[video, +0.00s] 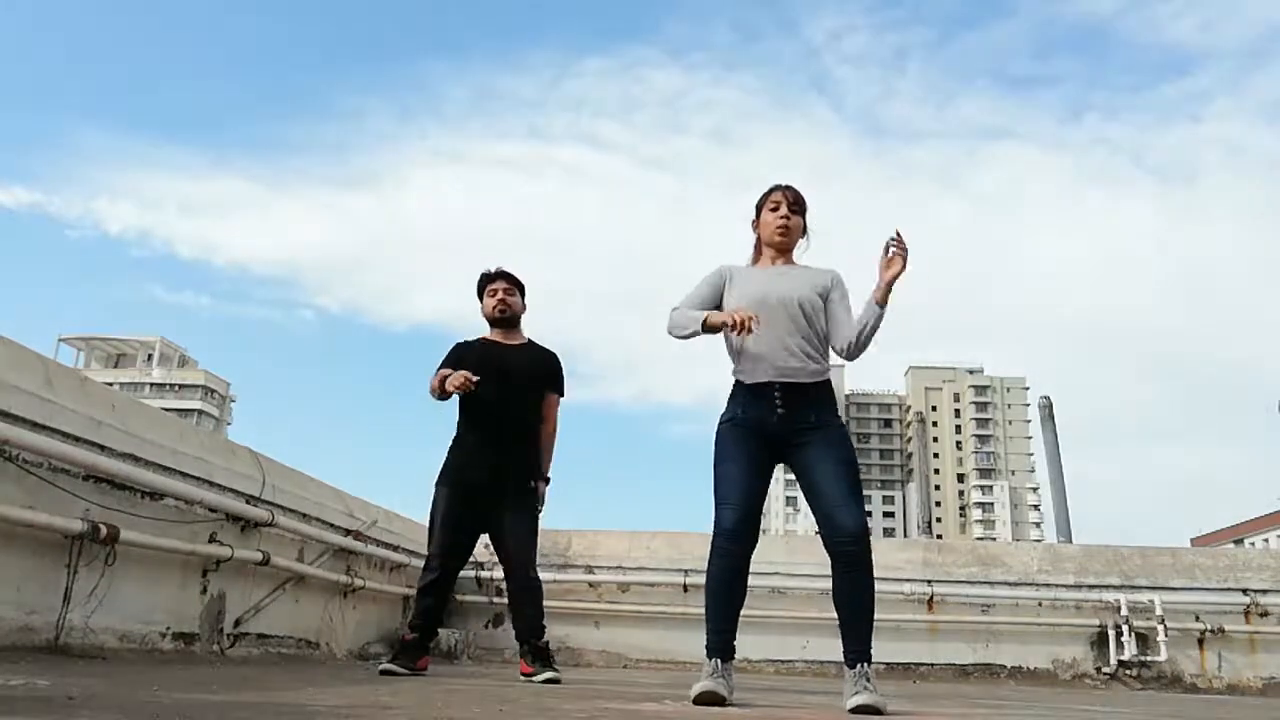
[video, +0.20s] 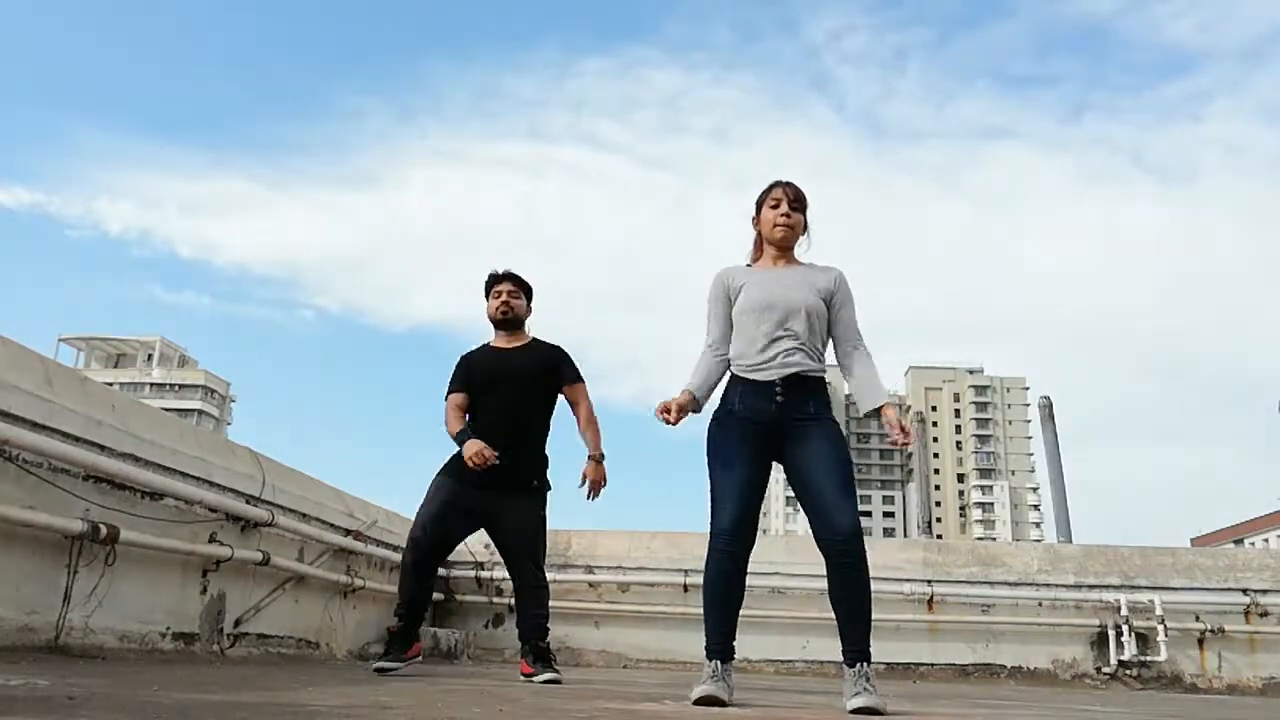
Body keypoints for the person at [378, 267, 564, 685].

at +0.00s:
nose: (502, 297)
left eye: (510, 292)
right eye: (492, 293)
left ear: (523, 304)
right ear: (482, 307)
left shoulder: (546, 360)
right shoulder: (467, 350)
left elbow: (548, 423)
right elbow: (436, 387)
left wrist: (542, 476)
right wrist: (447, 383)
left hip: (517, 481)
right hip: (463, 477)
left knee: (523, 571)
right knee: (439, 564)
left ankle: (535, 654)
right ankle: (413, 649)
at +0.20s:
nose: (505, 299)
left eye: (514, 295)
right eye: (497, 295)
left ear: (528, 308)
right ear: (487, 308)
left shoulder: (552, 357)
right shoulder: (471, 361)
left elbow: (582, 406)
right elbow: (454, 411)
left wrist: (596, 457)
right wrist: (465, 440)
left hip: (522, 485)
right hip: (466, 477)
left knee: (529, 571)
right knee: (420, 547)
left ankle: (535, 654)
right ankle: (405, 640)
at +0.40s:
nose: (499, 302)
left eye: (510, 300)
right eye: (496, 295)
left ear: (523, 316)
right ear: (484, 303)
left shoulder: (535, 363)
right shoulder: (454, 360)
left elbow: (568, 393)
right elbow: (433, 415)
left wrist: (602, 409)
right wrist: (412, 468)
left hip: (517, 486)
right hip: (460, 481)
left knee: (526, 569)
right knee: (437, 563)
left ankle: (536, 655)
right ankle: (392, 647)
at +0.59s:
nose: (487, 300)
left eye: (498, 300)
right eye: (484, 292)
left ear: (507, 318)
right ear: (470, 300)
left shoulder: (517, 360)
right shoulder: (436, 356)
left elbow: (543, 398)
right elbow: (404, 405)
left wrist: (559, 412)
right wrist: (372, 456)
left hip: (503, 484)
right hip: (445, 480)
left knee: (524, 564)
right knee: (421, 566)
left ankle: (537, 652)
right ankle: (392, 649)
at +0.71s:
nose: (479, 302)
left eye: (490, 302)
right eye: (475, 295)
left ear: (500, 317)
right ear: (463, 301)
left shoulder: (513, 360)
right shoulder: (431, 358)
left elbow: (535, 409)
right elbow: (396, 406)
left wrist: (530, 442)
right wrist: (360, 453)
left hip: (498, 482)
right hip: (439, 481)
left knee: (528, 559)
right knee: (417, 564)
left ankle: (541, 648)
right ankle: (391, 648)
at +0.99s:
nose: (487, 304)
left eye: (497, 302)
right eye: (482, 297)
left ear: (506, 316)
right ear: (468, 303)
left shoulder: (522, 352)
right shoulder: (441, 363)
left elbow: (545, 402)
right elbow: (423, 411)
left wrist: (524, 448)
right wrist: (411, 443)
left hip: (497, 480)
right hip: (441, 479)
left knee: (511, 569)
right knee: (418, 563)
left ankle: (535, 654)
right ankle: (392, 647)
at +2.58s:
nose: (476, 301)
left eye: (486, 297)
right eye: (470, 294)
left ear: (497, 310)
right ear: (457, 301)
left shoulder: (508, 361)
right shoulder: (428, 352)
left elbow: (528, 404)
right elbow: (395, 397)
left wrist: (530, 427)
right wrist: (402, 407)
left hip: (489, 475)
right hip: (431, 471)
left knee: (509, 563)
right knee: (402, 558)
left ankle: (530, 651)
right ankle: (373, 648)